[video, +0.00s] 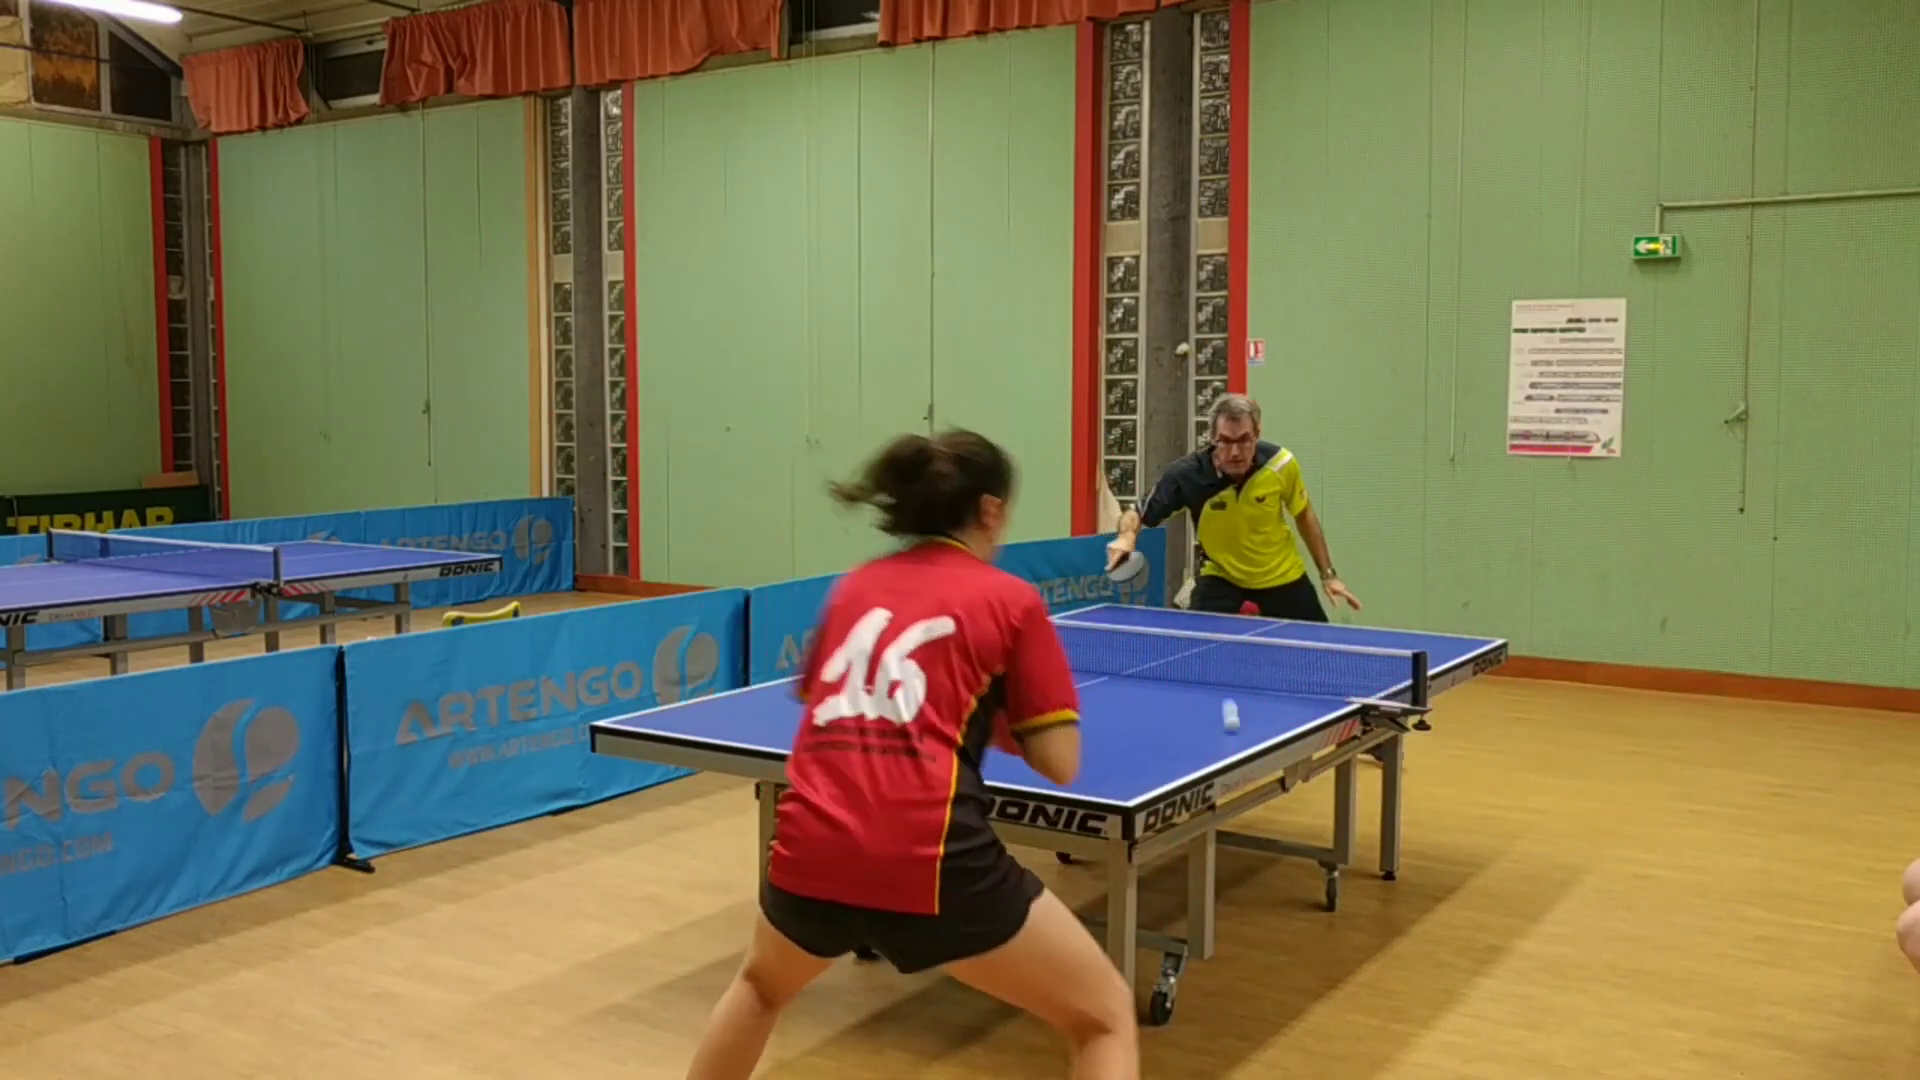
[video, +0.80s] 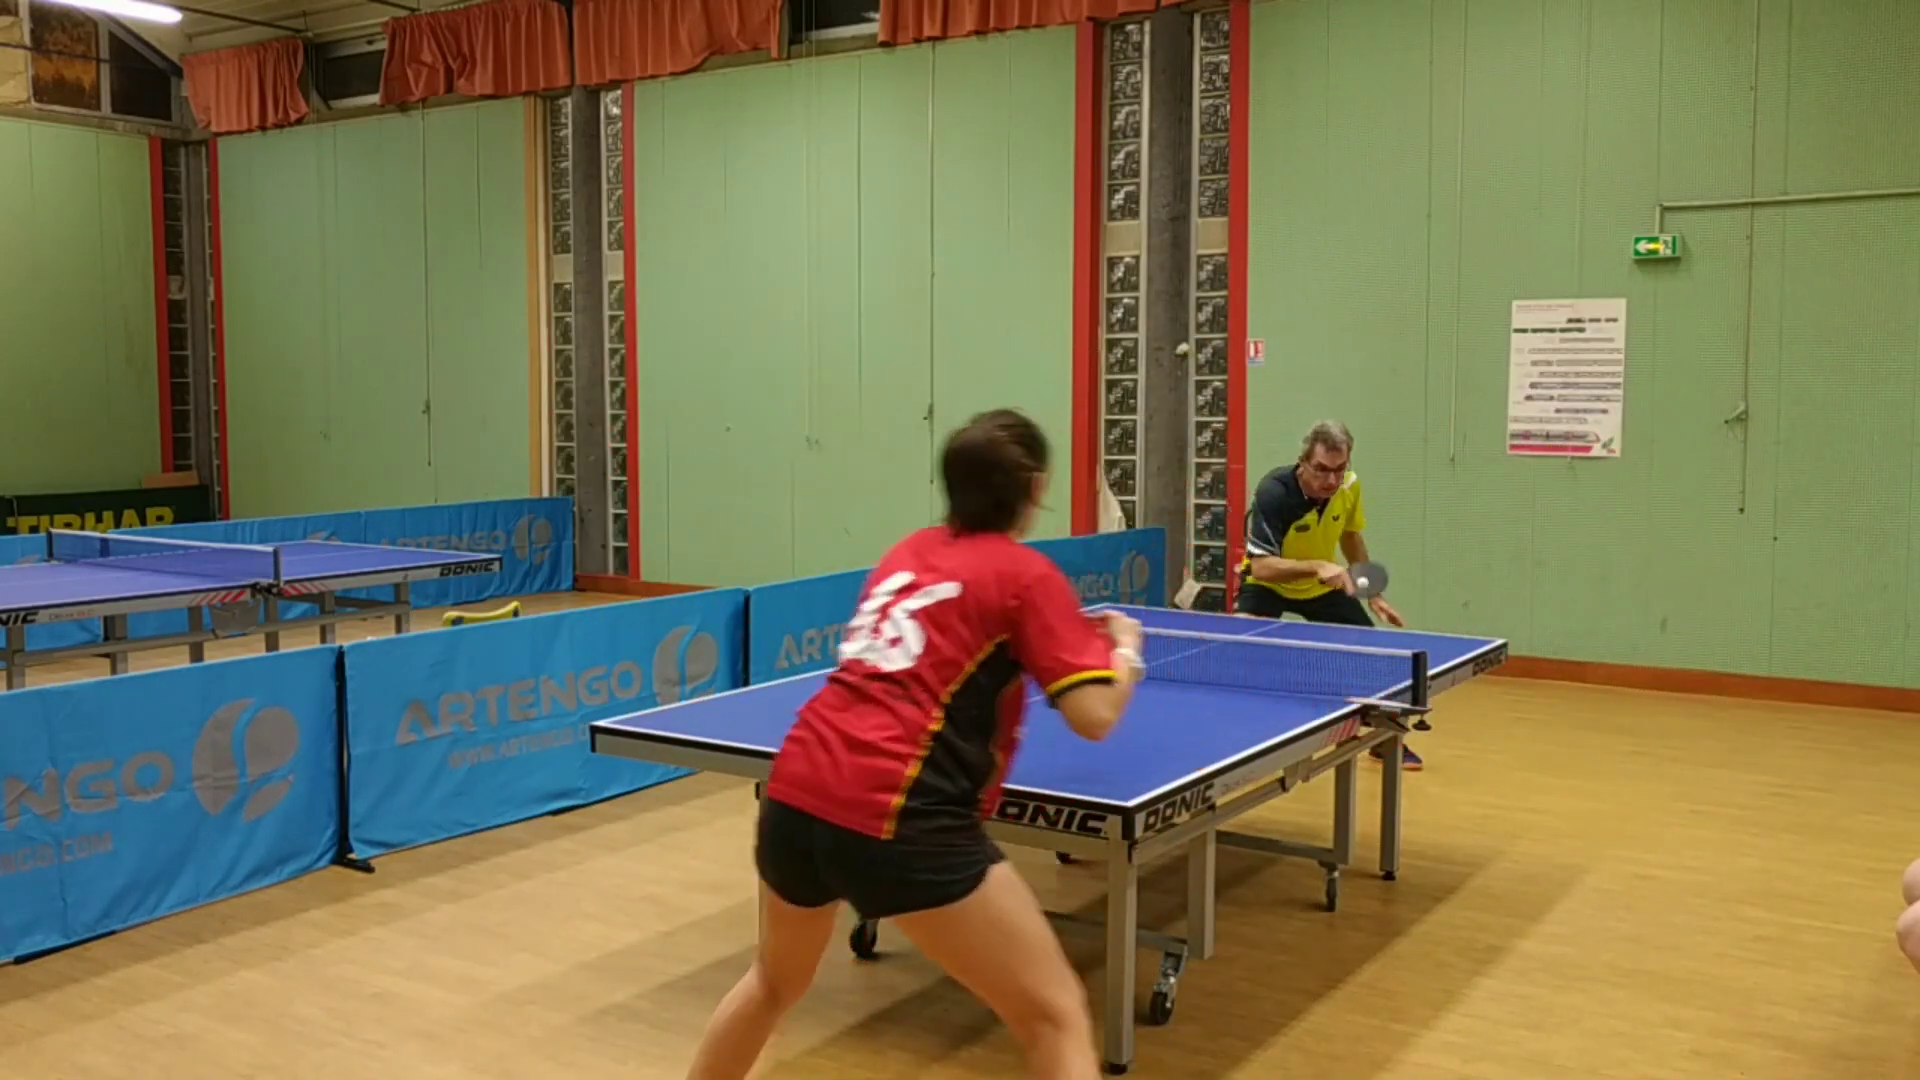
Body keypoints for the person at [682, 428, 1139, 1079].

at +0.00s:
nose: (1008, 516)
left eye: (1009, 502)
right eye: (1008, 502)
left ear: (915, 503)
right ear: (989, 508)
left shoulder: (855, 584)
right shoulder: (1010, 599)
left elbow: (819, 698)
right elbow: (1060, 762)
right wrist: (988, 708)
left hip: (810, 865)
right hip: (934, 869)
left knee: (756, 990)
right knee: (1103, 1019)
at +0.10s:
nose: (1097, 545)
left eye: (1097, 532)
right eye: (1096, 532)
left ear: (1000, 526)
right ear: (1074, 535)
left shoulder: (937, 590)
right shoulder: (1072, 618)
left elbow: (950, 718)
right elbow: (1107, 783)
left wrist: (1069, 711)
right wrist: (1104, 719)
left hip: (833, 844)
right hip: (947, 860)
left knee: (768, 999)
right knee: (1132, 1020)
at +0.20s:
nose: (1176, 545)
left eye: (1178, 531)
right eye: (1174, 531)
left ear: (1079, 528)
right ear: (1151, 536)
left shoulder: (1022, 579)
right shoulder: (1128, 611)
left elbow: (1065, 674)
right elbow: (1154, 776)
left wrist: (1182, 686)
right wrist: (1147, 697)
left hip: (849, 813)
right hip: (960, 840)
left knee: (767, 1015)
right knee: (1131, 1018)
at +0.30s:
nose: (1214, 545)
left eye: (1214, 530)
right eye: (1214, 530)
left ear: (1125, 520)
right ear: (1193, 532)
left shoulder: (1077, 569)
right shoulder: (1149, 593)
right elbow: (1185, 751)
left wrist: (1261, 682)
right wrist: (1185, 667)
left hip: (862, 774)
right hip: (959, 806)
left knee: (766, 1000)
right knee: (1107, 1024)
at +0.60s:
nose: (1180, 492)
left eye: (1179, 481)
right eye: (1178, 481)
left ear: (1086, 480)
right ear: (1165, 492)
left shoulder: (1045, 544)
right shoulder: (1135, 573)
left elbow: (1112, 642)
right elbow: (1190, 729)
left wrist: (1238, 682)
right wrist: (1205, 642)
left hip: (862, 770)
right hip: (964, 805)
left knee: (785, 979)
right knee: (1108, 1020)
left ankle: (687, 1075)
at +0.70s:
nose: (1115, 494)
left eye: (1113, 482)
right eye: (1111, 483)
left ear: (1027, 489)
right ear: (1098, 494)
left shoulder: (983, 550)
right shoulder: (1097, 579)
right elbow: (1154, 725)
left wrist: (1131, 636)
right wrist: (1181, 658)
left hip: (840, 795)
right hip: (948, 822)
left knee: (776, 985)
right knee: (1097, 1019)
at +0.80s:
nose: (1046, 487)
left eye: (1042, 474)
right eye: (1043, 475)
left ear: (955, 484)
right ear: (1034, 489)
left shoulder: (912, 550)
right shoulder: (1024, 576)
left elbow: (938, 661)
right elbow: (1094, 714)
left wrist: (1065, 639)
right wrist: (1127, 653)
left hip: (792, 805)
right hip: (900, 825)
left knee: (769, 983)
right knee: (1054, 1020)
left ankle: (701, 1076)